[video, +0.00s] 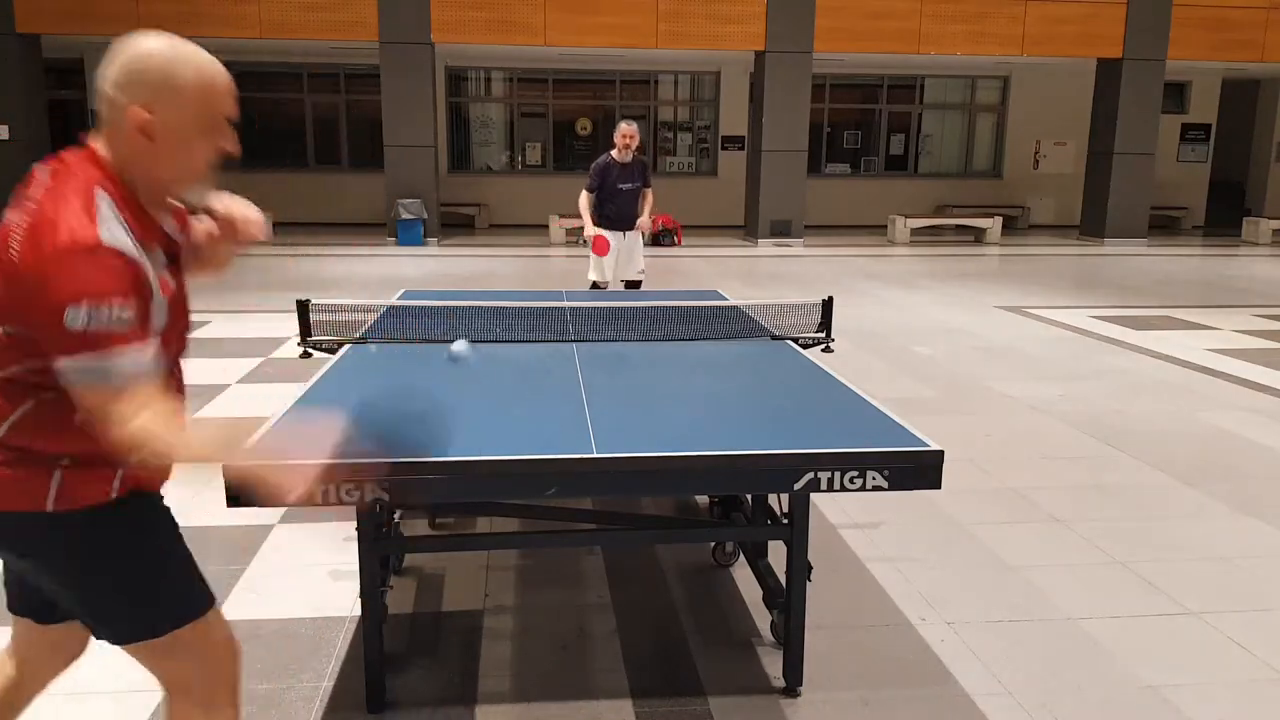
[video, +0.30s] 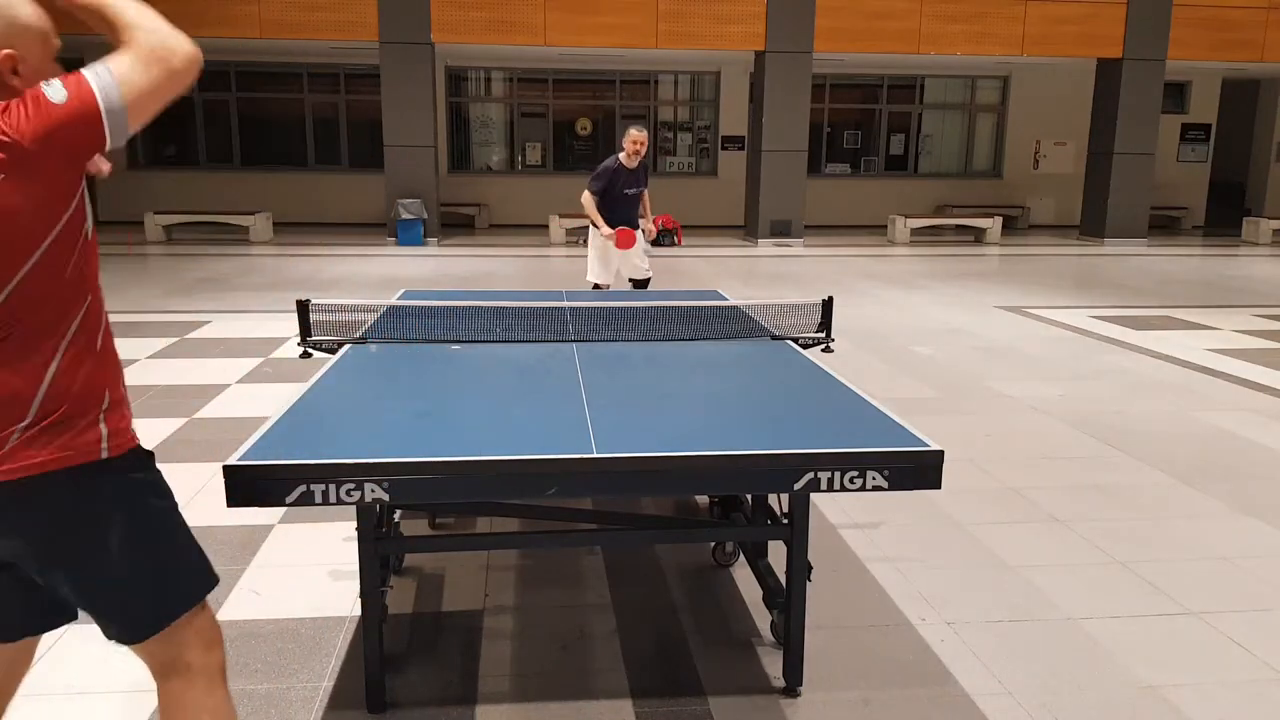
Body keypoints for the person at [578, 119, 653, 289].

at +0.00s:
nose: (628, 141)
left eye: (632, 137)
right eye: (624, 137)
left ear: (638, 140)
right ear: (615, 138)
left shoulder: (642, 165)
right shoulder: (601, 165)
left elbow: (647, 193)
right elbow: (585, 196)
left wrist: (645, 216)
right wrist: (588, 225)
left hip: (632, 233)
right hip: (605, 233)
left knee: (634, 283)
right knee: (600, 284)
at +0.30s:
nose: (638, 148)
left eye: (642, 144)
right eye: (634, 143)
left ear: (647, 146)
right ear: (624, 143)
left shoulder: (642, 167)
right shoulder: (609, 167)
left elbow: (643, 193)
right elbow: (586, 198)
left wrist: (648, 221)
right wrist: (602, 226)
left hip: (632, 234)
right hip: (605, 234)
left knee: (642, 278)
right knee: (602, 284)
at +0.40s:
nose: (644, 154)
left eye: (648, 149)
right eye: (640, 148)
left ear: (653, 151)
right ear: (630, 148)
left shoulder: (647, 170)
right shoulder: (618, 172)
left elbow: (647, 196)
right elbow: (598, 205)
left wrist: (656, 224)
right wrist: (612, 239)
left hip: (638, 237)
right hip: (612, 238)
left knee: (644, 284)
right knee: (610, 289)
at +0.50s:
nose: (651, 158)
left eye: (655, 154)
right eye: (647, 152)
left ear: (658, 155)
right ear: (636, 151)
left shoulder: (650, 172)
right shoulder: (623, 175)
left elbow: (651, 200)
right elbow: (613, 213)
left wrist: (663, 230)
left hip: (640, 236)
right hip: (616, 234)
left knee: (648, 281)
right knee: (625, 279)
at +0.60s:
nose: (657, 160)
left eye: (661, 156)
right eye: (653, 154)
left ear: (664, 156)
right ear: (643, 150)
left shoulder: (652, 170)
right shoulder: (628, 174)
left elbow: (653, 197)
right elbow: (631, 215)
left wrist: (668, 227)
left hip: (641, 230)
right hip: (619, 230)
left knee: (647, 279)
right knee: (637, 277)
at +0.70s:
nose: (663, 170)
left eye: (667, 166)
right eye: (660, 163)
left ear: (671, 165)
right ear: (649, 155)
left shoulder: (653, 175)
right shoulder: (634, 178)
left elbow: (656, 203)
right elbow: (647, 219)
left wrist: (672, 227)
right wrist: (669, 207)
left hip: (642, 233)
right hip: (622, 233)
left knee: (648, 281)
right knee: (645, 280)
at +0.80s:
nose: (667, 185)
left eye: (671, 181)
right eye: (665, 178)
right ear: (654, 168)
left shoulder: (650, 180)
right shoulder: (638, 191)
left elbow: (656, 204)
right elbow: (643, 233)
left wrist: (676, 223)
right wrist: (675, 239)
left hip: (642, 239)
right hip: (626, 241)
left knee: (653, 285)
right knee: (653, 286)